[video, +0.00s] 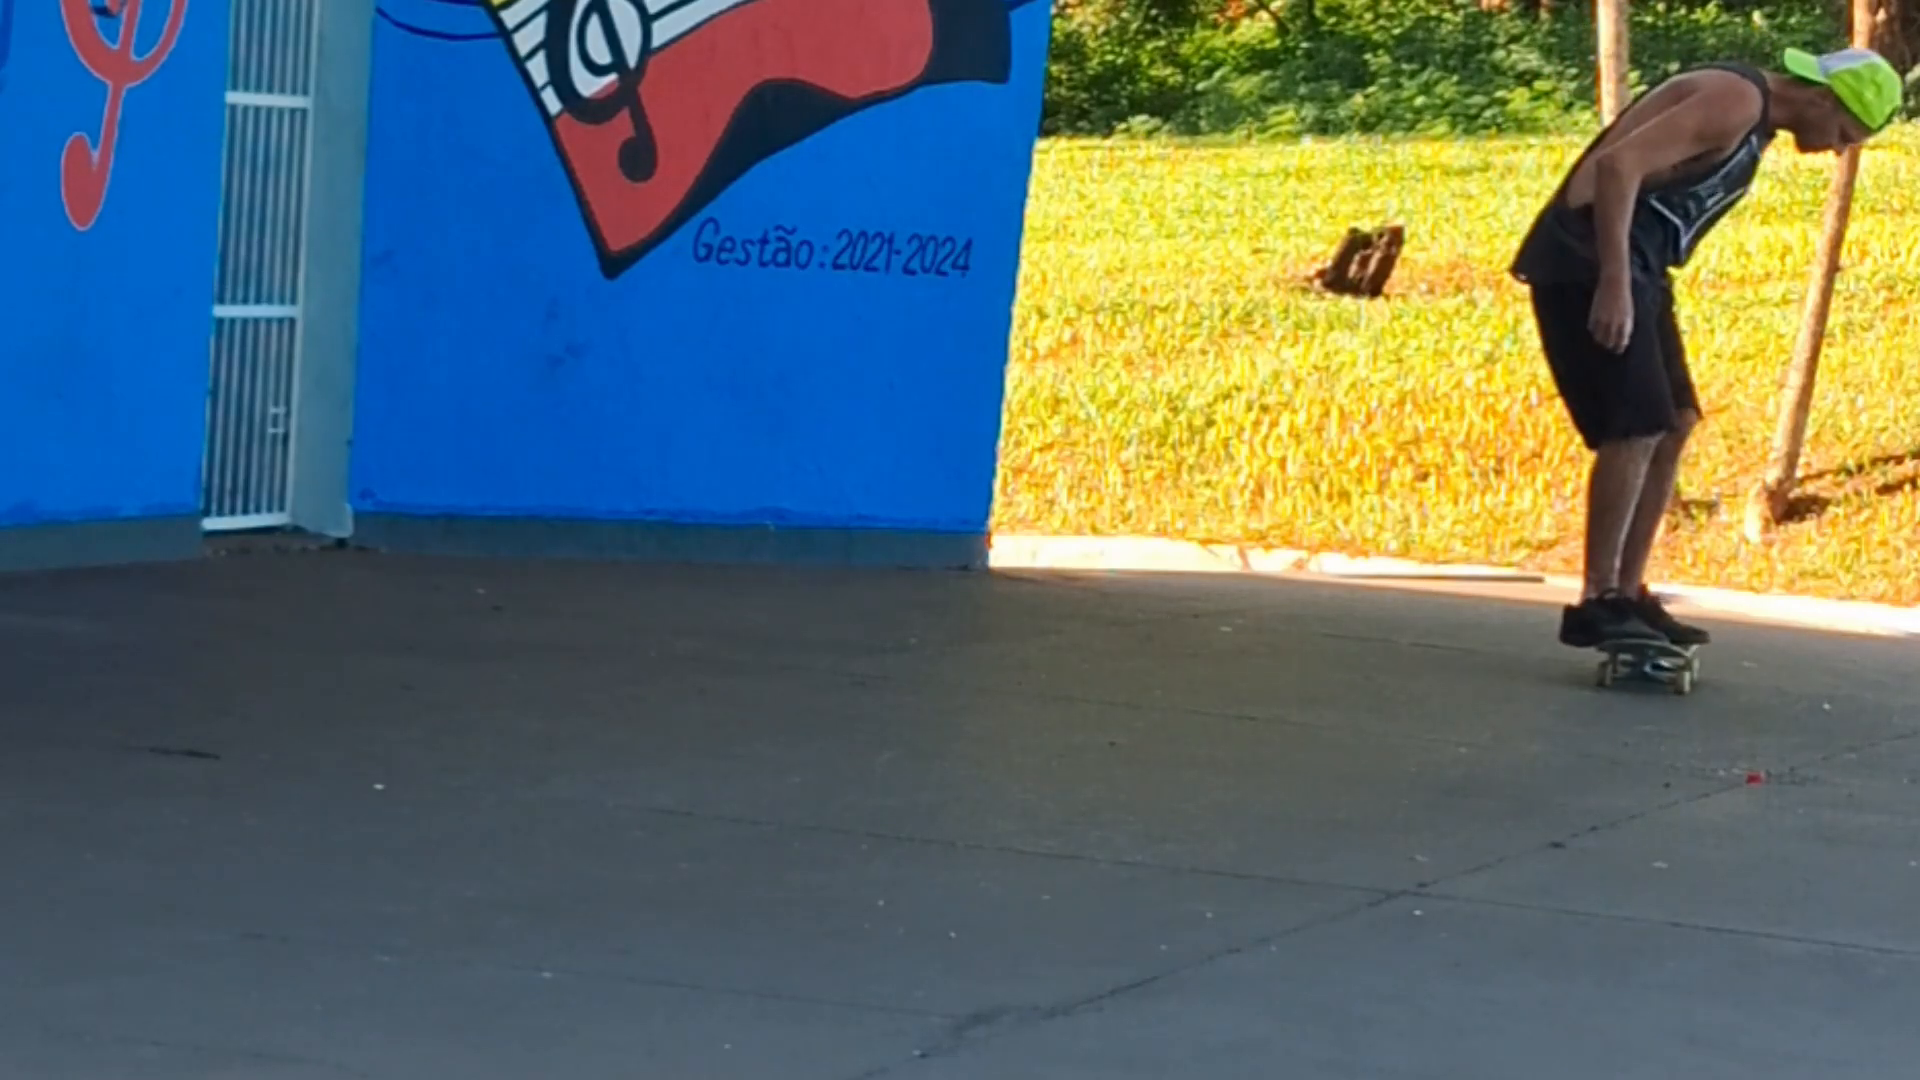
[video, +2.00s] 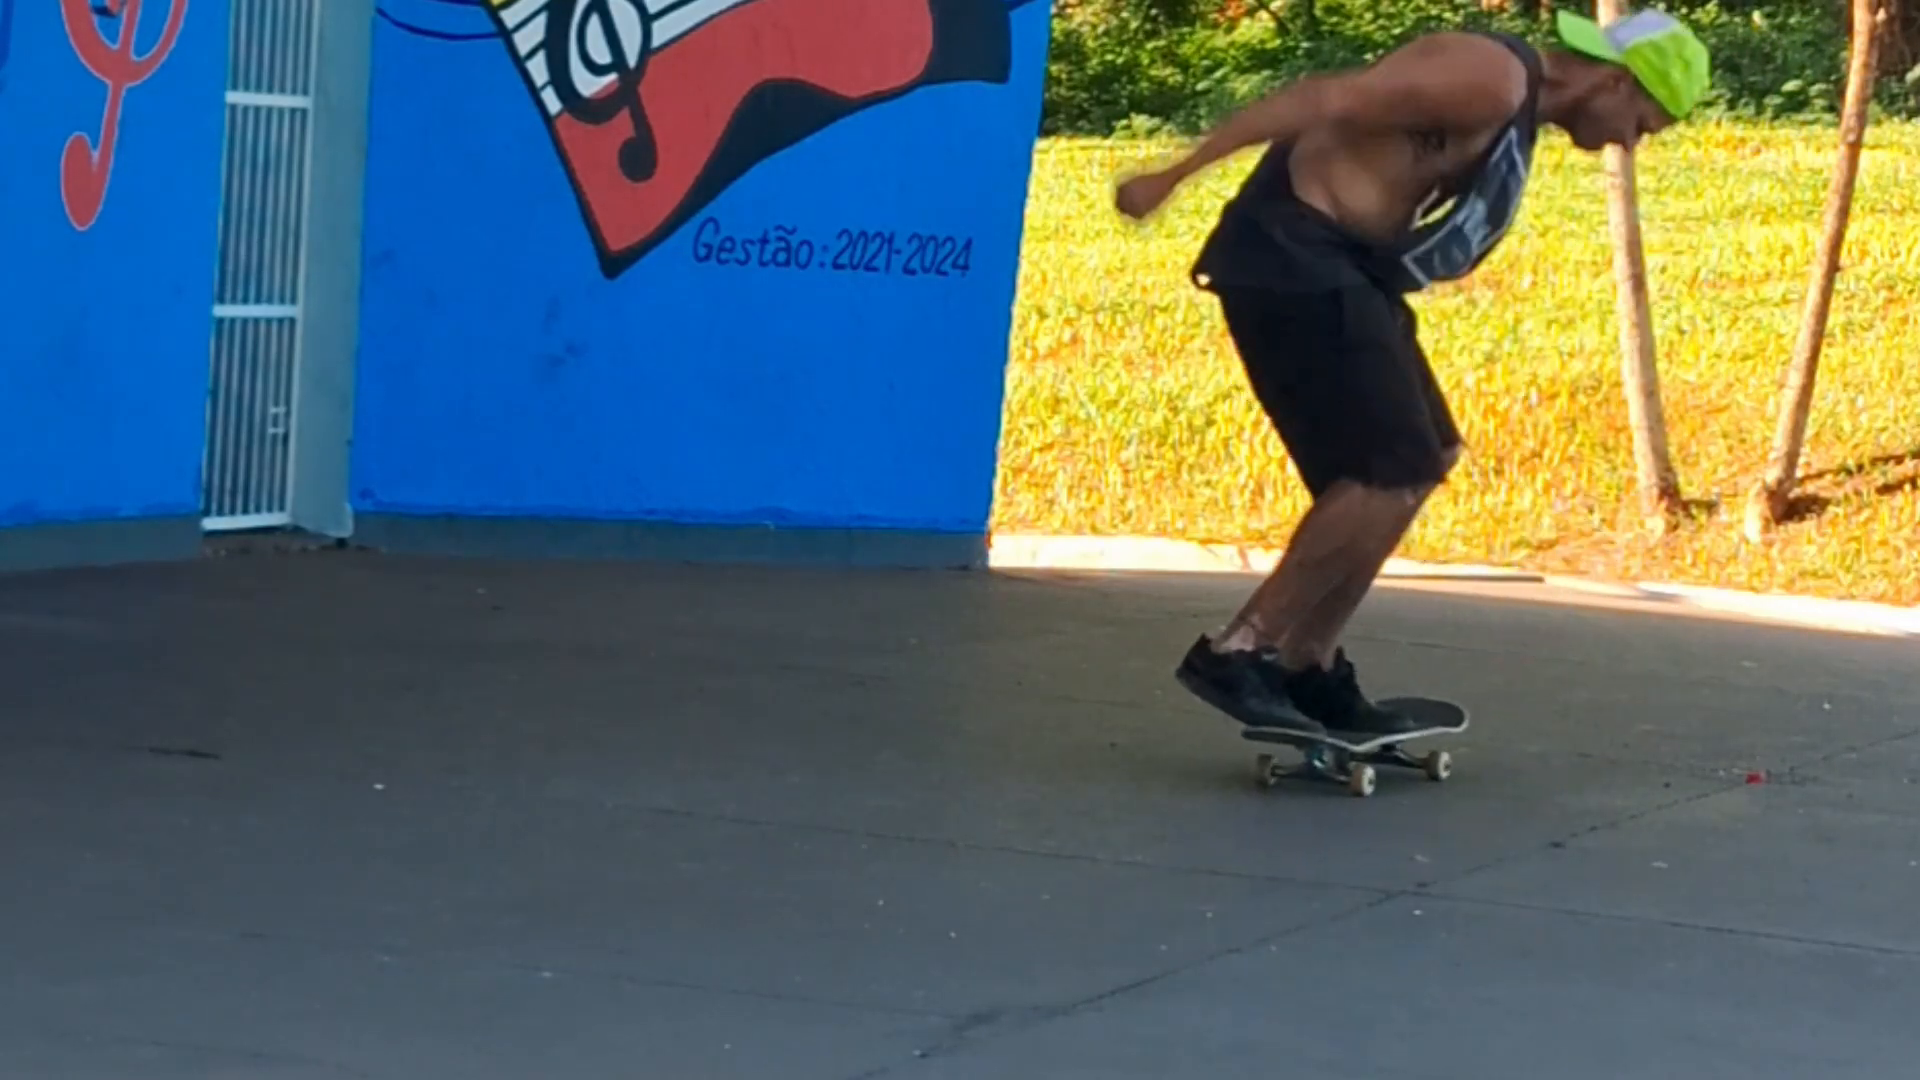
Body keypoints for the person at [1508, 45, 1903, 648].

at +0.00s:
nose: (1835, 151)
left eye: (1848, 145)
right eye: (1845, 137)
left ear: (1824, 98)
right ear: (1828, 98)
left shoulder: (1751, 123)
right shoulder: (1730, 100)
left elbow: (1649, 194)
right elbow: (1617, 163)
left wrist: (1643, 286)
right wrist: (1613, 281)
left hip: (1636, 270)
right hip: (1589, 262)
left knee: (1675, 420)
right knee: (1635, 426)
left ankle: (1626, 594)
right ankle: (1595, 602)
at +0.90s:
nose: (1803, 222)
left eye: (1815, 217)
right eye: (1812, 206)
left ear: (1792, 163)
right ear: (1794, 162)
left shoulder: (1711, 179)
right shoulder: (1703, 152)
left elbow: (1586, 237)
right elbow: (1577, 212)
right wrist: (1571, 348)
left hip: (1531, 267)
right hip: (1491, 257)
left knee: (1615, 438)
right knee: (1578, 441)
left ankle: (1539, 629)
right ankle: (1500, 629)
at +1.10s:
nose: (1776, 238)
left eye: (1790, 233)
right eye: (1787, 222)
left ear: (1773, 182)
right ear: (1771, 178)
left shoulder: (1683, 190)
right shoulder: (1679, 161)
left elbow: (1556, 264)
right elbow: (1547, 227)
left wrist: (1481, 398)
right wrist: (1533, 368)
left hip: (1499, 267)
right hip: (1455, 254)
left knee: (1578, 443)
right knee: (1549, 442)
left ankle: (1500, 640)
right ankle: (1448, 629)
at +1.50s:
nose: (1702, 281)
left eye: (1717, 276)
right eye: (1716, 267)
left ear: (1696, 217)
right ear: (1699, 223)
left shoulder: (1614, 210)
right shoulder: (1608, 205)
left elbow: (1490, 308)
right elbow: (1490, 297)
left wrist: (1424, 480)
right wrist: (1482, 449)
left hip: (1405, 275)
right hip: (1364, 270)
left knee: (1518, 445)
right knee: (1478, 469)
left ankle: (1416, 651)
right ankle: (1351, 641)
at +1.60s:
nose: (1680, 308)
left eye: (1696, 300)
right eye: (1694, 292)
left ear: (1670, 246)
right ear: (1673, 248)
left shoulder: (1586, 248)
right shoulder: (1583, 232)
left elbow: (1495, 366)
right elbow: (1505, 346)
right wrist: (1537, 491)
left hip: (1383, 307)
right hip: (1339, 298)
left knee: (1493, 472)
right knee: (1474, 477)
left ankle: (1391, 657)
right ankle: (1331, 640)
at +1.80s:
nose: (1637, 319)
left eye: (1650, 311)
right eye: (1647, 301)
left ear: (1620, 256)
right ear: (1622, 255)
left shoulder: (1539, 300)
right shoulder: (1529, 251)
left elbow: (1514, 449)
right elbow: (1470, 413)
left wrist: (1538, 574)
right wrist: (1580, 512)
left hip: (1326, 341)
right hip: (1284, 333)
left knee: (1475, 487)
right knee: (1451, 483)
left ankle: (1345, 661)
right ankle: (1285, 642)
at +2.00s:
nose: (1628, 144)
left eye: (1646, 133)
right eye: (1643, 122)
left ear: (1609, 75)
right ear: (1615, 76)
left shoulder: (1513, 110)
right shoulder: (1491, 78)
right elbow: (1320, 101)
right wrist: (1173, 174)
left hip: (1345, 270)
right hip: (1295, 256)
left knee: (1422, 459)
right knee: (1394, 463)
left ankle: (1305, 665)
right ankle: (1239, 649)